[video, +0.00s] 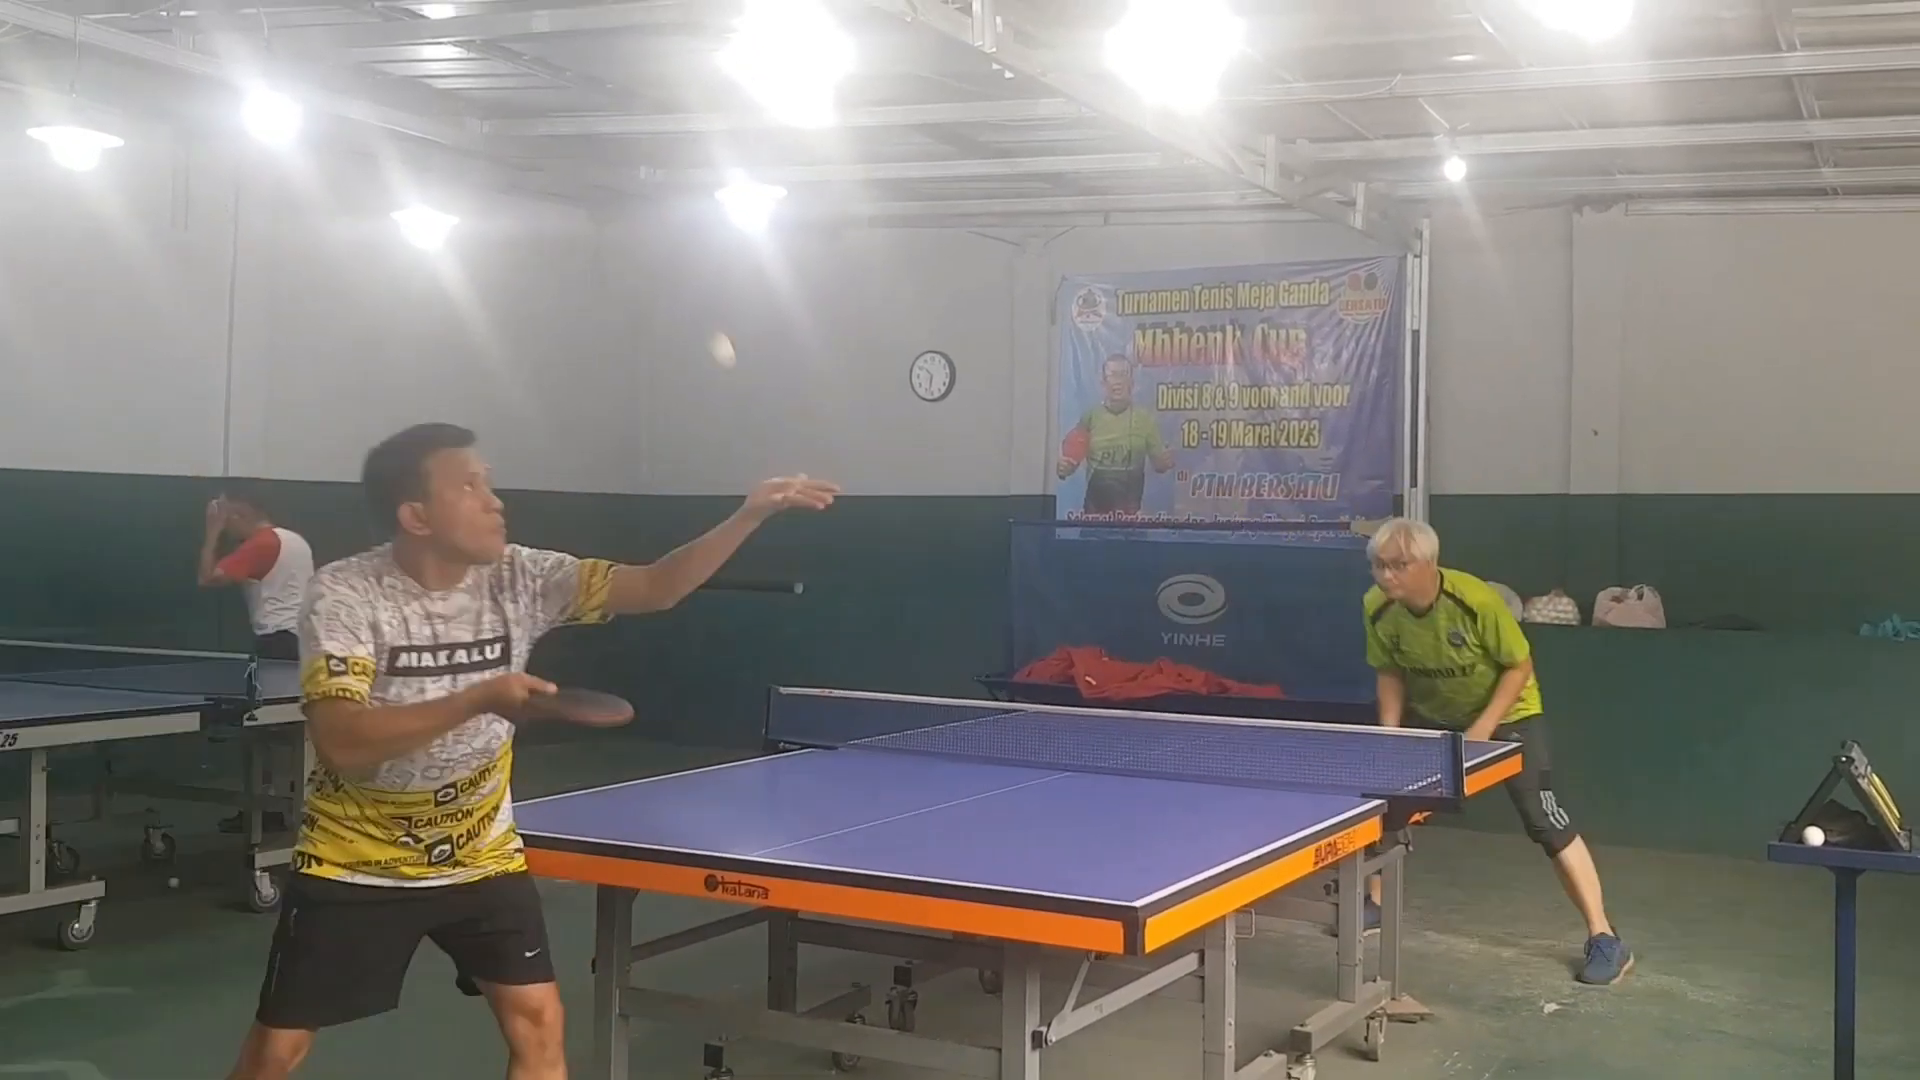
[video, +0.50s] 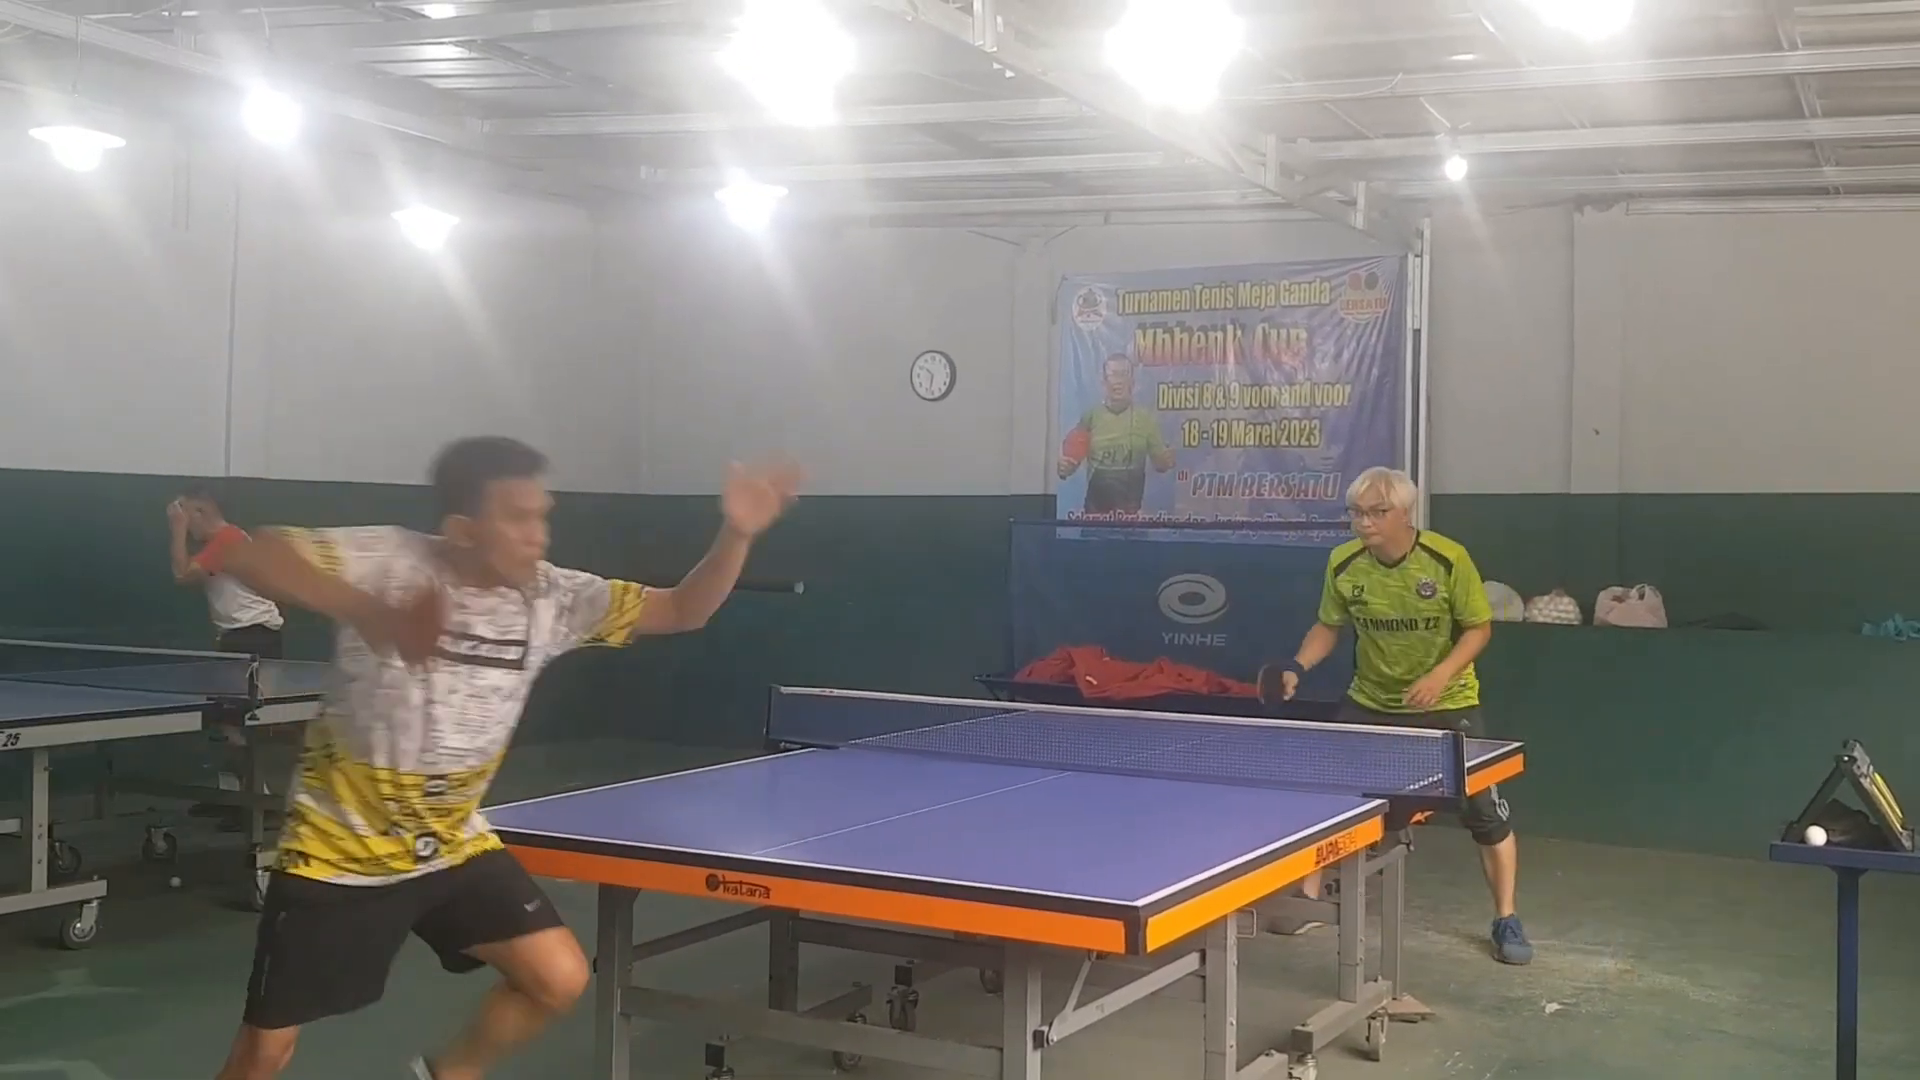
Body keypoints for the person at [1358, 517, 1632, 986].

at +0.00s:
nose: (1383, 576)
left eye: (1394, 566)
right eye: (1378, 566)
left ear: (1425, 566)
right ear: (1375, 568)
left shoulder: (1475, 600)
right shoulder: (1377, 608)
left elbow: (1520, 666)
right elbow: (1389, 675)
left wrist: (1483, 727)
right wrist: (1388, 741)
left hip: (1508, 715)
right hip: (1430, 719)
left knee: (1542, 817)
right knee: (1378, 805)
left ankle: (1603, 936)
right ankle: (1369, 904)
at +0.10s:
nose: (1377, 550)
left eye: (1389, 540)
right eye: (1372, 540)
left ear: (1419, 540)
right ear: (1367, 543)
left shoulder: (1465, 580)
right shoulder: (1363, 586)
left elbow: (1504, 647)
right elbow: (1366, 652)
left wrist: (1471, 708)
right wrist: (1362, 721)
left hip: (1487, 708)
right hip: (1407, 711)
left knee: (1527, 809)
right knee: (1376, 805)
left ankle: (1583, 930)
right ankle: (1371, 904)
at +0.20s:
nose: (1376, 530)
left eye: (1387, 520)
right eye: (1371, 521)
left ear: (1418, 520)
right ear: (1366, 523)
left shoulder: (1465, 565)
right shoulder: (1357, 570)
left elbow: (1494, 632)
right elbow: (1352, 633)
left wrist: (1458, 691)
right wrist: (1339, 696)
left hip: (1472, 700)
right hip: (1394, 702)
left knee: (1504, 803)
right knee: (1367, 797)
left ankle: (1539, 915)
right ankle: (1370, 898)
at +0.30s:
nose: (1377, 521)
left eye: (1388, 511)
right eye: (1372, 511)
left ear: (1419, 512)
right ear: (1367, 515)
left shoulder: (1466, 558)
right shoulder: (1358, 563)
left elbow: (1492, 626)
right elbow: (1346, 622)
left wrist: (1449, 678)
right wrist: (1324, 678)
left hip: (1465, 698)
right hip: (1388, 695)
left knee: (1488, 804)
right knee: (1355, 787)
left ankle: (1503, 917)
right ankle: (1360, 891)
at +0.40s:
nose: (1375, 520)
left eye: (1386, 510)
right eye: (1369, 511)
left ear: (1416, 511)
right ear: (1365, 515)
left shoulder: (1464, 560)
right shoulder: (1357, 561)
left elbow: (1490, 629)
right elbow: (1342, 622)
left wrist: (1443, 678)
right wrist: (1311, 672)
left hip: (1459, 699)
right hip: (1382, 696)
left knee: (1488, 804)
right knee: (1336, 775)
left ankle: (1505, 918)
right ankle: (1341, 880)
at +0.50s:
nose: (1361, 523)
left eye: (1373, 513)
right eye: (1356, 513)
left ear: (1403, 514)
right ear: (1352, 517)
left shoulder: (1448, 560)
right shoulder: (1343, 564)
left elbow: (1479, 627)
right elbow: (1327, 625)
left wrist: (1440, 675)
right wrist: (1296, 667)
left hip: (1447, 704)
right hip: (1369, 701)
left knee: (1485, 806)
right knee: (1321, 785)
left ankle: (1506, 918)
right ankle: (1308, 897)